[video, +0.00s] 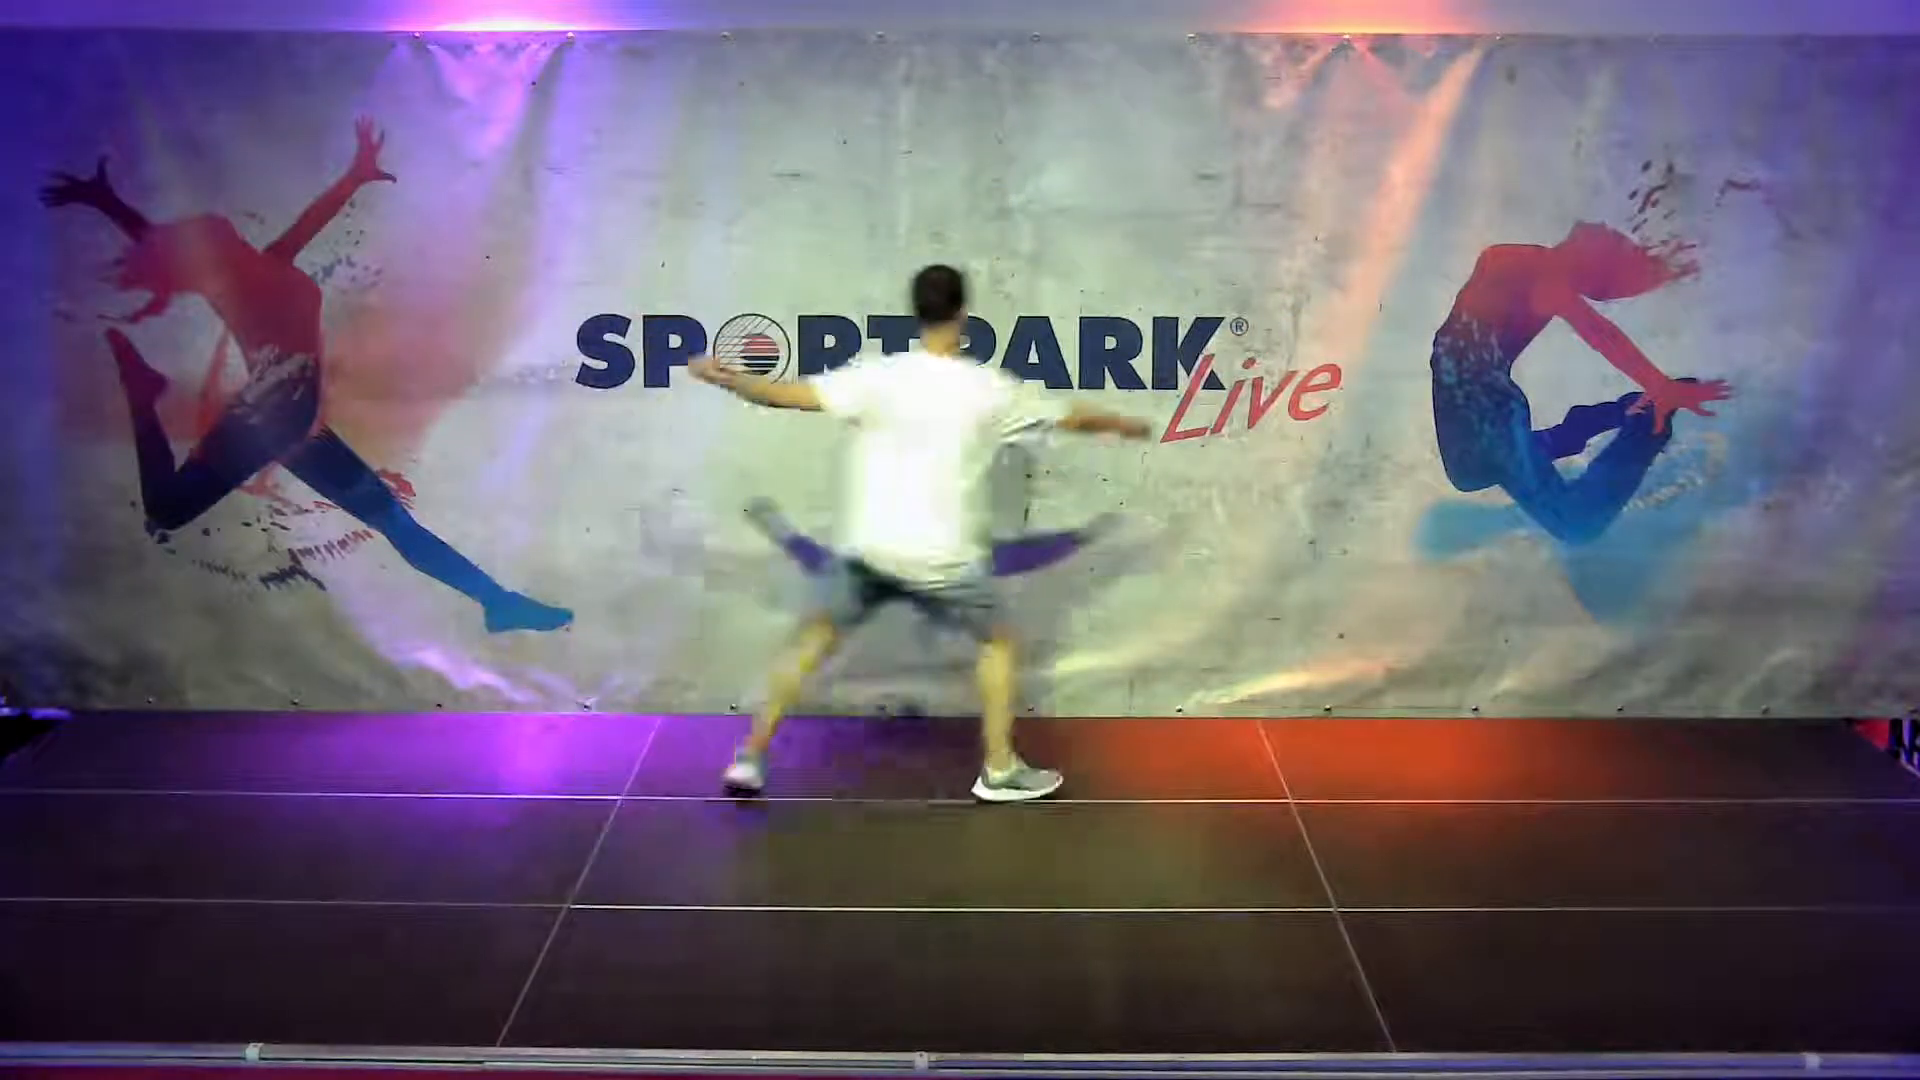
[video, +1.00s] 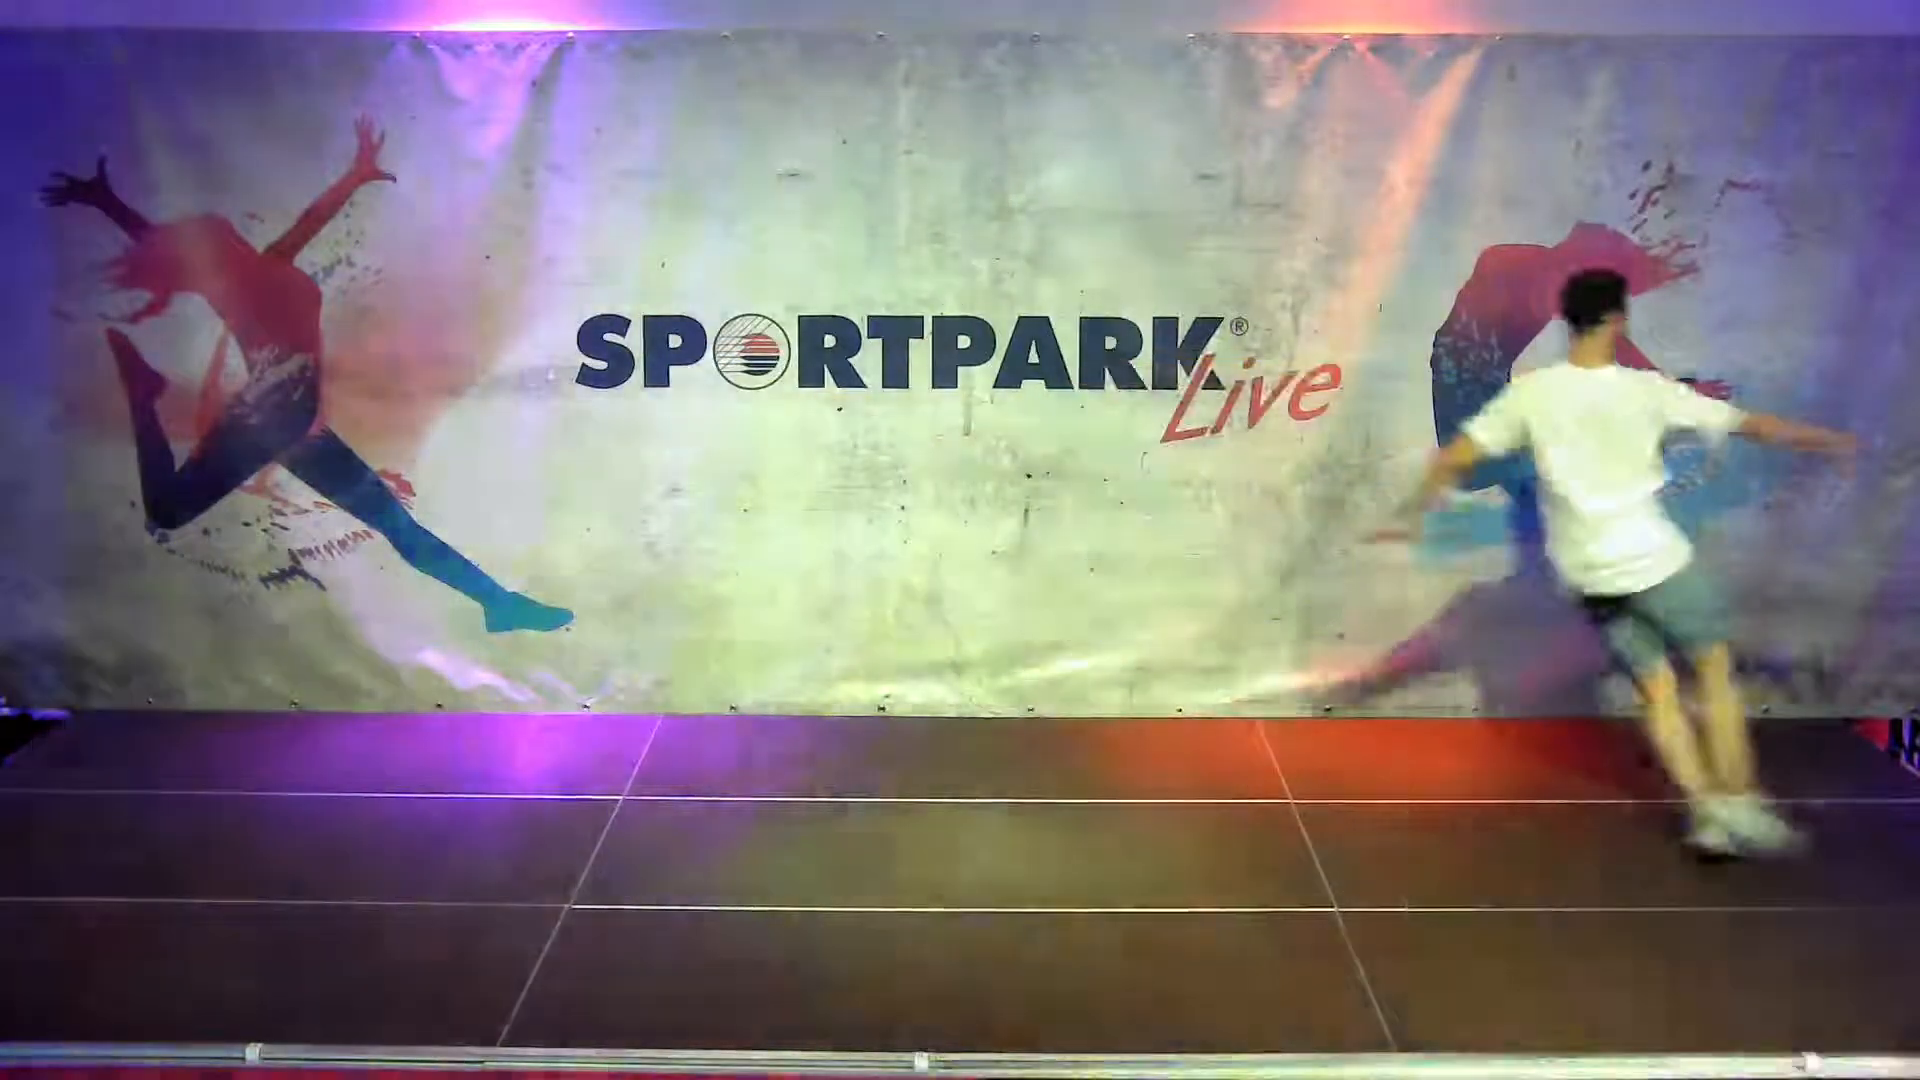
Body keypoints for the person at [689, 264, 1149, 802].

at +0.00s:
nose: (954, 317)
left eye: (941, 307)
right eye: (959, 308)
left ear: (916, 313)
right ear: (963, 314)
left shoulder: (878, 376)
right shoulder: (988, 387)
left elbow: (793, 394)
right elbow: (1068, 416)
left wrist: (730, 379)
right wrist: (1119, 425)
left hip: (870, 549)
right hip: (944, 557)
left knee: (814, 640)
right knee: (999, 640)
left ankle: (749, 757)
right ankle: (1000, 767)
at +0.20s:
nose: (1080, 314)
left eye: (1061, 305)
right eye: (1082, 304)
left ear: (1033, 312)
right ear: (1082, 309)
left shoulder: (1012, 385)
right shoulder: (1124, 375)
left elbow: (917, 424)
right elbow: (1213, 382)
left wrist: (867, 417)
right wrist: (1281, 378)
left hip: (1018, 549)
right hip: (1088, 552)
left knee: (993, 654)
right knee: (1053, 660)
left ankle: (1037, 765)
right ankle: (1017, 767)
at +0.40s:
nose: (1216, 319)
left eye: (1213, 309)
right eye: (1214, 309)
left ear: (1160, 312)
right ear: (1203, 312)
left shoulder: (1131, 388)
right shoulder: (1248, 374)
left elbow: (1052, 424)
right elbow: (1330, 361)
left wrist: (986, 449)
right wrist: (1366, 334)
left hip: (1169, 558)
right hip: (1240, 559)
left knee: (1164, 690)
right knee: (1252, 648)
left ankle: (1173, 821)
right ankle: (1219, 726)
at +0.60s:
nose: (1370, 293)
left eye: (1366, 282)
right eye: (1367, 282)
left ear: (1312, 289)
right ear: (1358, 286)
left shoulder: (1279, 353)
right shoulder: (1398, 341)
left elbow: (1183, 374)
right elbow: (1473, 309)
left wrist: (1089, 393)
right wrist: (1436, 275)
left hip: (1326, 537)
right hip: (1394, 537)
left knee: (1362, 656)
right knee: (1423, 663)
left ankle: (1350, 794)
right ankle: (1397, 814)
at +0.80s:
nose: (1512, 350)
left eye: (1508, 340)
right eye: (1508, 339)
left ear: (1451, 344)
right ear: (1497, 343)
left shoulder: (1418, 402)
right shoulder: (1527, 399)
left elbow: (1315, 403)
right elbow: (1587, 380)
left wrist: (1239, 386)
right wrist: (1539, 340)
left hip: (1488, 585)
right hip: (1534, 583)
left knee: (1584, 694)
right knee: (1519, 711)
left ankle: (1654, 820)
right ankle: (1409, 830)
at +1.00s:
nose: (1622, 327)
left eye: (1615, 318)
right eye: (1620, 317)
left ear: (1567, 321)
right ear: (1615, 321)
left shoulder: (1532, 393)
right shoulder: (1645, 389)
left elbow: (1456, 455)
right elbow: (1741, 421)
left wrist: (1419, 502)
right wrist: (1821, 439)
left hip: (1587, 571)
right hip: (1652, 555)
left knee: (1655, 687)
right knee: (1712, 660)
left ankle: (1703, 809)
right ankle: (1739, 800)